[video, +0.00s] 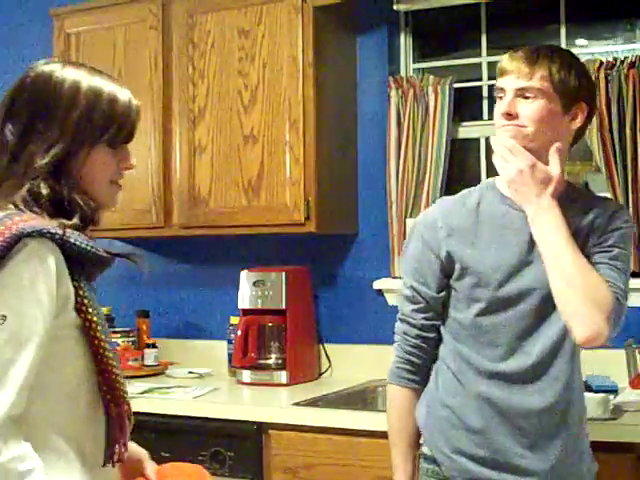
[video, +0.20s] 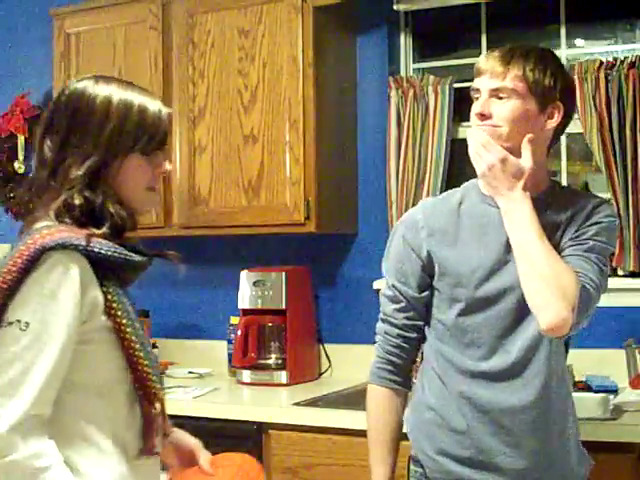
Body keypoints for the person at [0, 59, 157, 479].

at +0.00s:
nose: (129, 161)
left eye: (126, 144)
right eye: (114, 143)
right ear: (60, 145)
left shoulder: (46, 249)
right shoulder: (33, 252)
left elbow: (35, 404)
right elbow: (4, 433)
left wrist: (115, 448)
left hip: (78, 468)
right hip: (54, 469)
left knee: (193, 473)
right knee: (193, 473)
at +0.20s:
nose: (167, 167)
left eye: (164, 151)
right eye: (150, 151)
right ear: (98, 155)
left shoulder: (85, 259)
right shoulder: (63, 265)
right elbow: (13, 432)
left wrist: (161, 434)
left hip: (121, 468)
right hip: (91, 471)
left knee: (244, 467)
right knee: (243, 469)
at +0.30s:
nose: (181, 160)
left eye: (176, 146)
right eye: (165, 146)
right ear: (119, 155)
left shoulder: (111, 260)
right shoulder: (84, 265)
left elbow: (106, 391)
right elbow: (26, 425)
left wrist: (184, 423)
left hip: (146, 469)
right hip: (118, 471)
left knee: (267, 461)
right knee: (265, 463)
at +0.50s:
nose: (208, 145)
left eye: (201, 132)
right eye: (191, 134)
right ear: (147, 148)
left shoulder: (151, 251)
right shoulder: (126, 259)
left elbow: (157, 376)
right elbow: (87, 410)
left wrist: (226, 409)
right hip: (120, 469)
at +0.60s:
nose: (214, 142)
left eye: (207, 129)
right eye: (198, 131)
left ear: (157, 147)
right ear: (154, 146)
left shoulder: (133, 240)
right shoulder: (152, 251)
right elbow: (181, 391)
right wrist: (327, 362)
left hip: (131, 467)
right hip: (150, 471)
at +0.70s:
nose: (220, 140)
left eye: (213, 127)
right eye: (204, 128)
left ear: (165, 143)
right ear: (162, 143)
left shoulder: (127, 234)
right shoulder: (185, 233)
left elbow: (152, 369)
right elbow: (292, 324)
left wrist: (241, 392)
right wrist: (402, 234)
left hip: (118, 466)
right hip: (175, 470)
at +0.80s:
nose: (226, 135)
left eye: (217, 122)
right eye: (209, 125)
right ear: (172, 141)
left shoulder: (128, 237)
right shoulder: (198, 220)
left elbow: (144, 361)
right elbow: (332, 279)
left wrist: (235, 394)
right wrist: (389, 198)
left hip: (119, 464)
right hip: (182, 467)